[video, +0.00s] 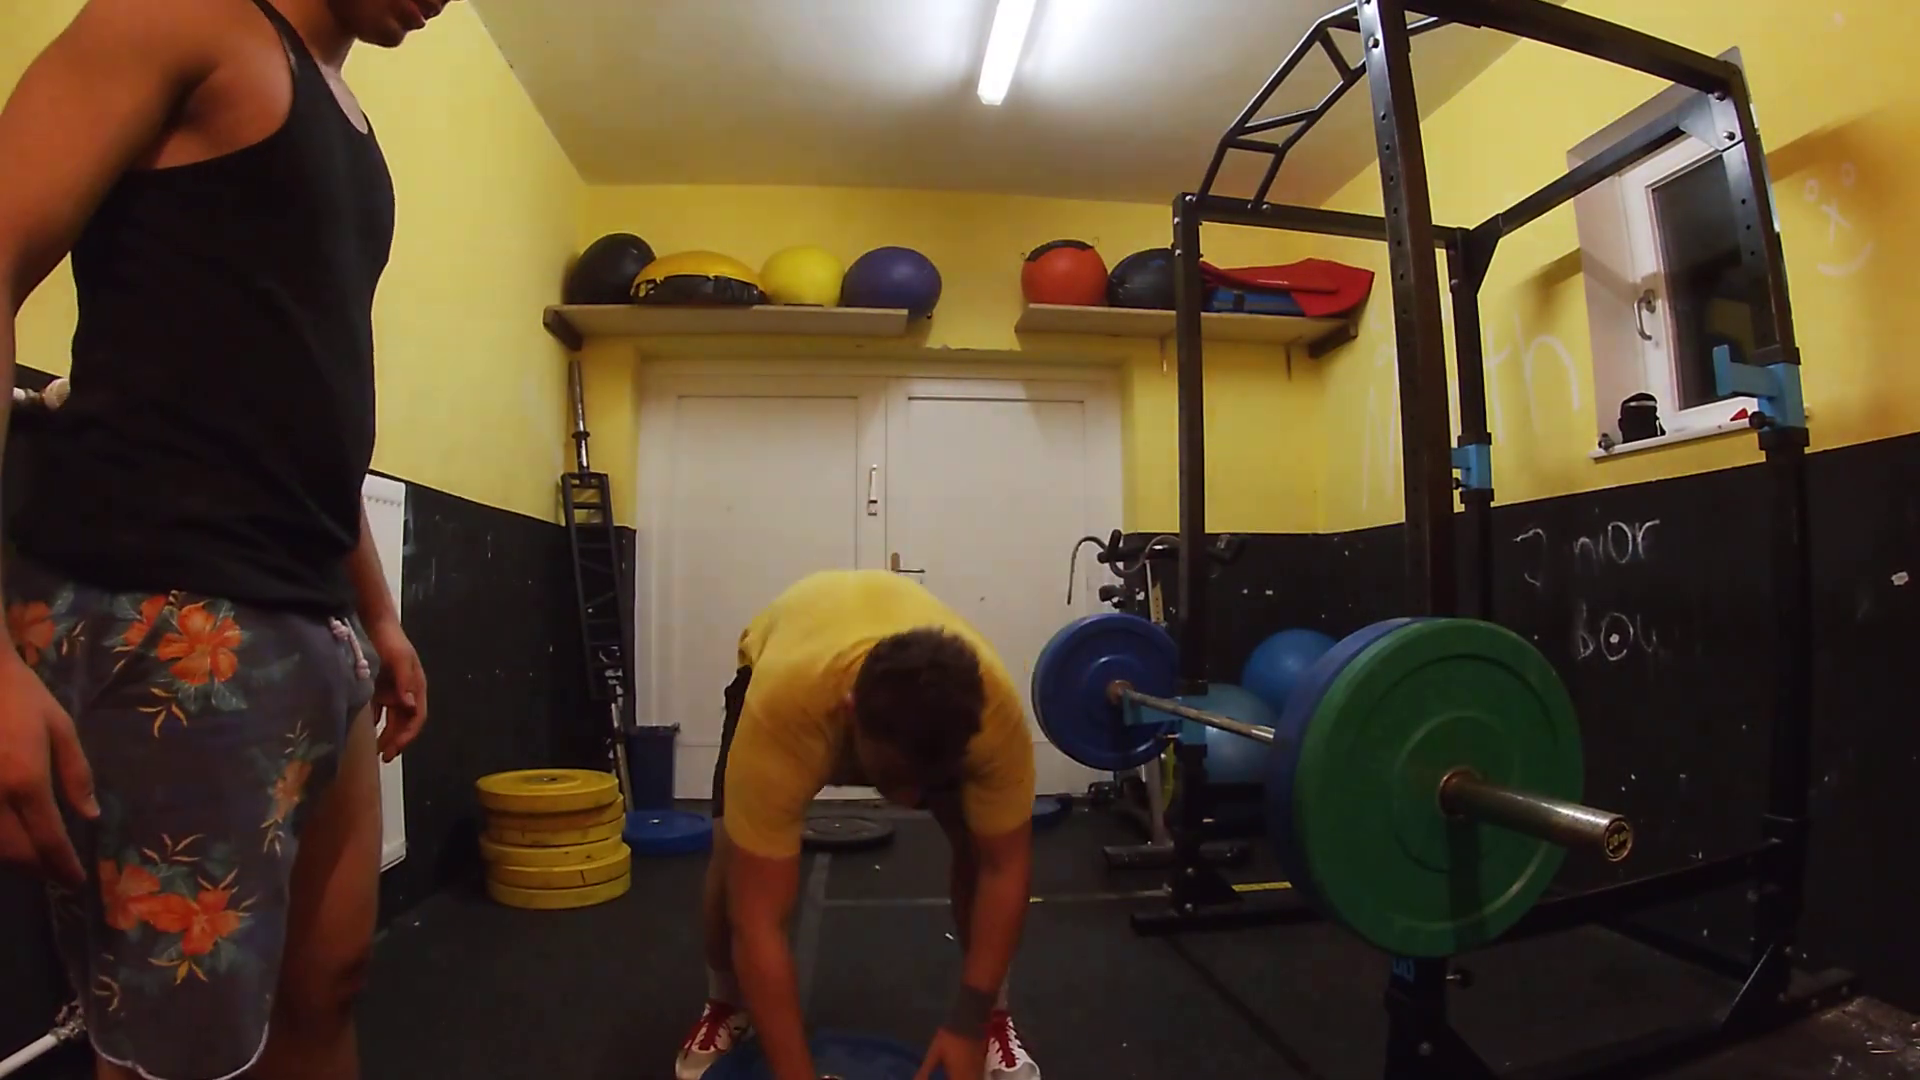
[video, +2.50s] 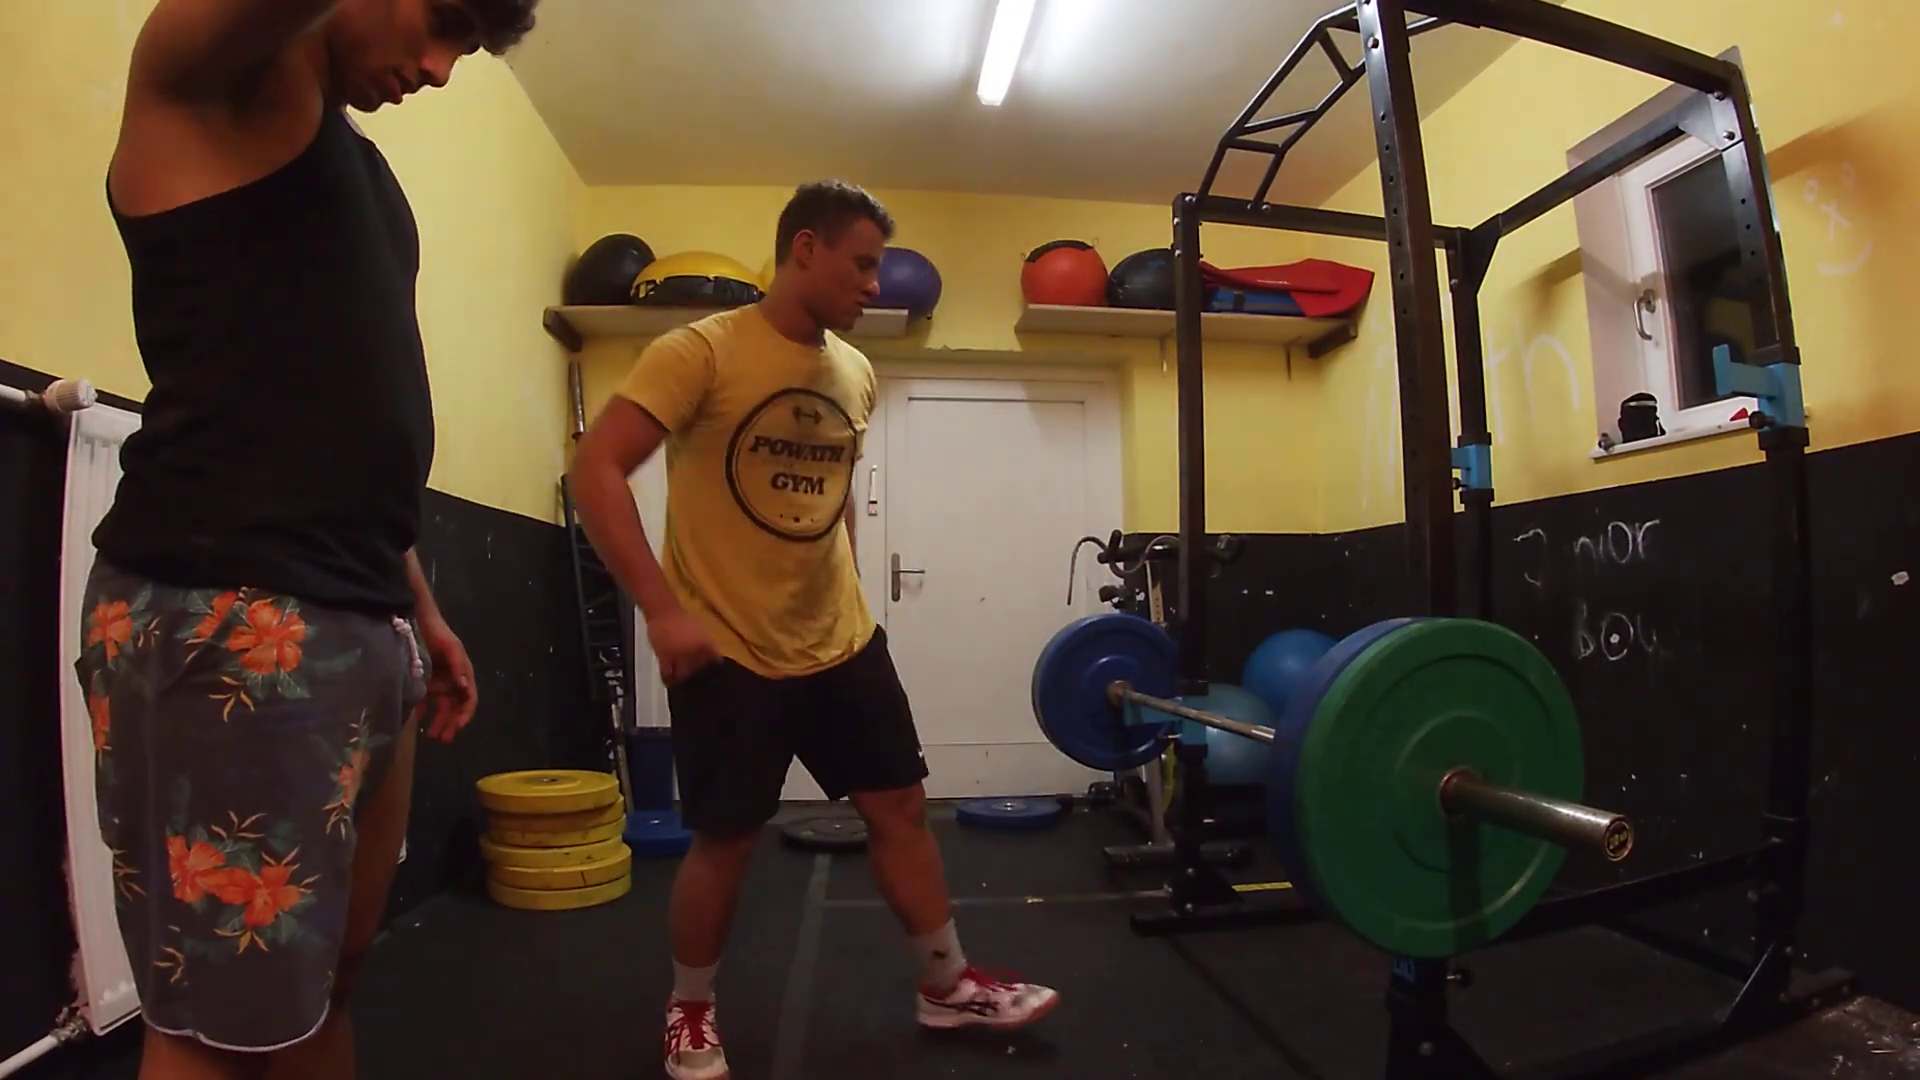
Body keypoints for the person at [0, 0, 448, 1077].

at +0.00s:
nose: (434, 3)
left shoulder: (346, 114)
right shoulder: (181, 22)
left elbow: (309, 394)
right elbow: (1, 285)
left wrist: (375, 609)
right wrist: (1, 654)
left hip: (316, 634)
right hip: (168, 634)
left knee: (323, 1002)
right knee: (171, 1046)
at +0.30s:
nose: (463, 18)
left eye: (472, 4)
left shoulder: (353, 129)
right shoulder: (200, 33)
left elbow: (330, 397)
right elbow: (11, 262)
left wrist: (394, 610)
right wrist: (79, 590)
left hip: (339, 633)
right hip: (196, 629)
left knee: (323, 997)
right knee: (184, 1045)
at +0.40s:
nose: (472, 29)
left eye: (485, 12)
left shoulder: (353, 133)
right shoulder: (203, 48)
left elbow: (330, 409)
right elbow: (17, 269)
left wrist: (406, 610)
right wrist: (175, 464)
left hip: (337, 622)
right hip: (188, 617)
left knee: (322, 995)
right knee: (192, 1035)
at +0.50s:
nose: (470, 43)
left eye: (488, 24)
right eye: (471, 8)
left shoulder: (363, 162)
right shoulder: (197, 61)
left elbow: (342, 422)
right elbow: (25, 271)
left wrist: (417, 614)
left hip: (347, 630)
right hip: (199, 622)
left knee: (318, 1000)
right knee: (201, 1039)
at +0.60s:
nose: (467, 52)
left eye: (485, 32)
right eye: (473, 18)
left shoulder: (355, 148)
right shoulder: (210, 62)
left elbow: (350, 415)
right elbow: (51, 231)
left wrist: (424, 614)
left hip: (355, 625)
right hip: (210, 615)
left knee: (321, 991)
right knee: (206, 1037)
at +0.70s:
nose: (459, 60)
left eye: (479, 38)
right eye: (463, 21)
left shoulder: (344, 143)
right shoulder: (226, 94)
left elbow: (356, 408)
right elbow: (136, 102)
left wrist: (430, 616)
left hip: (358, 620)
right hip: (214, 617)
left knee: (324, 989)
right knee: (207, 1032)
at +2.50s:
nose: (440, 71)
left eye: (463, 54)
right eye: (444, 30)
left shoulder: (353, 158)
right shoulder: (208, 76)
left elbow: (344, 401)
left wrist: (414, 600)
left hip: (357, 618)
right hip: (229, 616)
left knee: (323, 999)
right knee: (217, 1032)